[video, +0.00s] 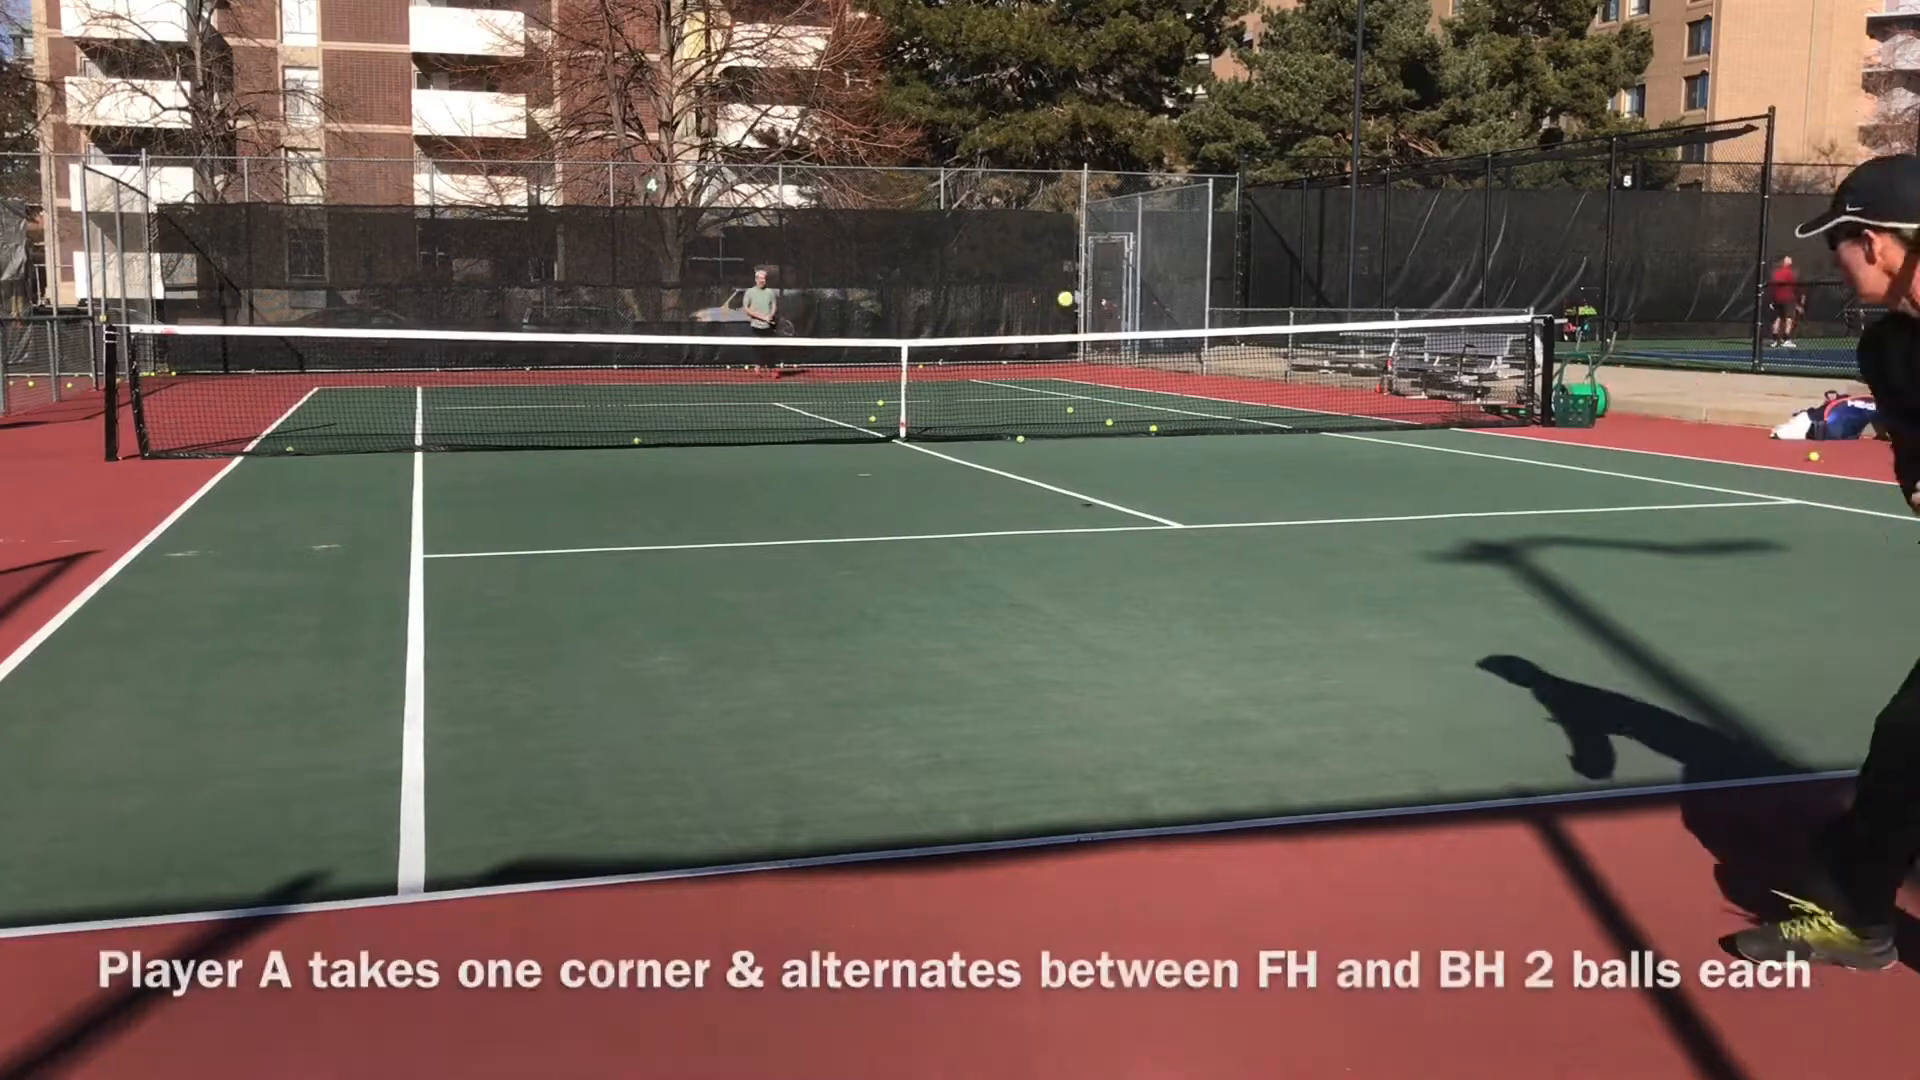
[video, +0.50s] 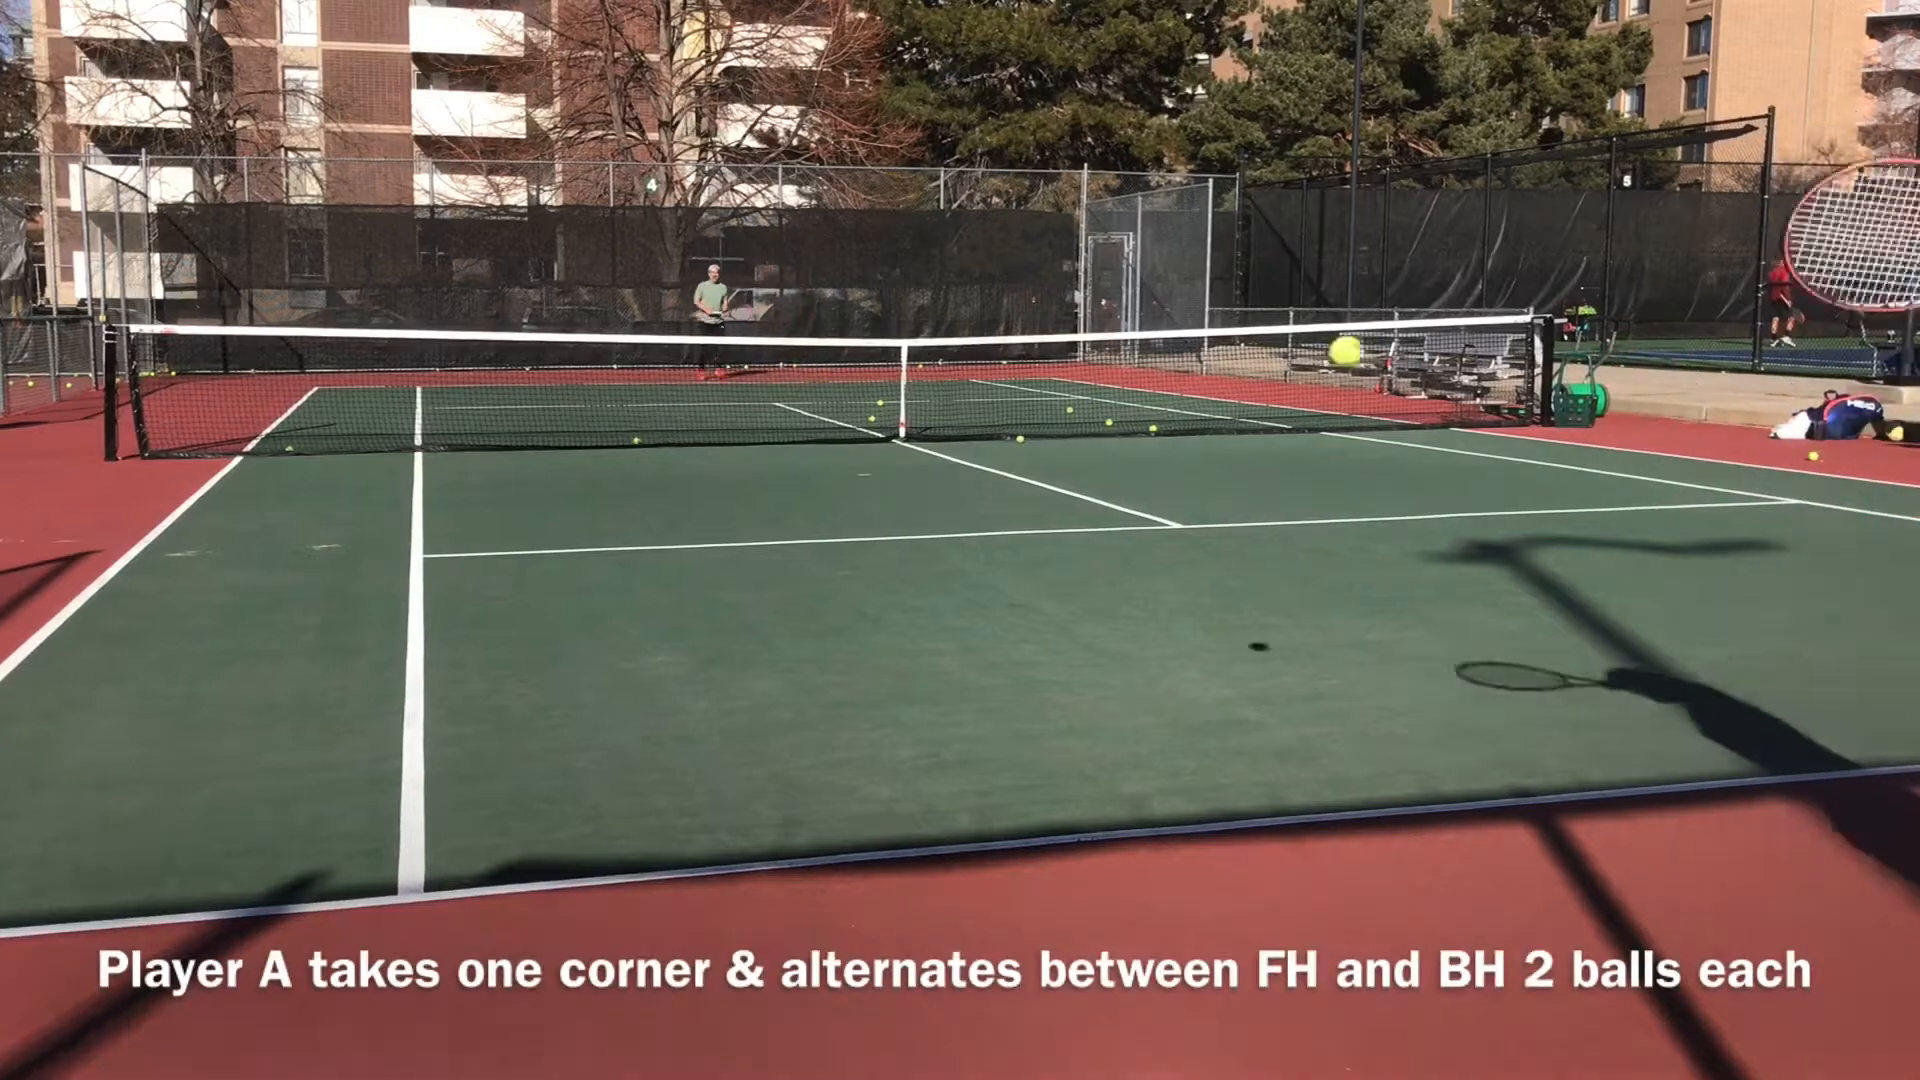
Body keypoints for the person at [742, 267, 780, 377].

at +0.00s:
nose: (762, 280)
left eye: (763, 278)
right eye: (759, 278)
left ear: (766, 280)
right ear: (756, 279)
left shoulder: (770, 292)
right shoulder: (749, 292)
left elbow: (774, 306)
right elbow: (746, 308)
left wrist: (769, 316)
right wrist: (762, 317)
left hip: (768, 325)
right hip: (756, 325)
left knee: (770, 347)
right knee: (757, 347)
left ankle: (771, 367)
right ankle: (757, 366)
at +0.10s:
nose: (753, 283)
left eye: (755, 280)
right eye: (751, 280)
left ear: (757, 282)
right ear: (747, 281)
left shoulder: (761, 293)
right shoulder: (741, 294)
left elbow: (765, 305)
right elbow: (737, 309)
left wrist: (764, 315)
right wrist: (750, 317)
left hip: (759, 324)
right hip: (747, 325)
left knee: (758, 347)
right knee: (748, 347)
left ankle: (755, 367)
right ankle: (750, 367)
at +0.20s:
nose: (744, 284)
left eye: (746, 282)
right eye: (741, 282)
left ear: (748, 283)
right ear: (738, 283)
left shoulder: (753, 296)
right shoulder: (733, 296)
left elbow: (757, 310)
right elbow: (728, 311)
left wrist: (757, 316)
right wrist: (739, 318)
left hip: (750, 327)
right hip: (737, 327)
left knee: (754, 349)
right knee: (730, 348)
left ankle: (752, 368)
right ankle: (724, 367)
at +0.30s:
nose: (735, 283)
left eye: (736, 281)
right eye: (732, 281)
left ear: (738, 282)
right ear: (728, 282)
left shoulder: (742, 296)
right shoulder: (721, 295)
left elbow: (745, 310)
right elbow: (717, 311)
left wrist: (747, 315)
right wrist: (728, 316)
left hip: (739, 326)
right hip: (726, 326)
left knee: (747, 347)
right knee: (718, 348)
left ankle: (750, 368)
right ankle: (707, 367)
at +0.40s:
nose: (724, 280)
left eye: (726, 277)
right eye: (722, 277)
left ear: (728, 279)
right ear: (718, 278)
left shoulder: (731, 292)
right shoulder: (711, 290)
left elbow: (734, 307)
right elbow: (706, 306)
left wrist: (737, 311)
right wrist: (718, 314)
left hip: (728, 323)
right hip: (714, 323)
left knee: (736, 346)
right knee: (710, 347)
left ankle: (741, 367)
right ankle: (704, 369)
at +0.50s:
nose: (715, 275)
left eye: (717, 272)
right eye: (713, 272)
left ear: (719, 274)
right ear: (708, 274)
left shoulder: (723, 287)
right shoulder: (702, 286)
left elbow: (725, 300)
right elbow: (696, 301)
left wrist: (724, 307)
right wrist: (706, 310)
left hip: (718, 320)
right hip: (704, 320)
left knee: (719, 345)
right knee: (704, 345)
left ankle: (718, 367)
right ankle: (701, 367)